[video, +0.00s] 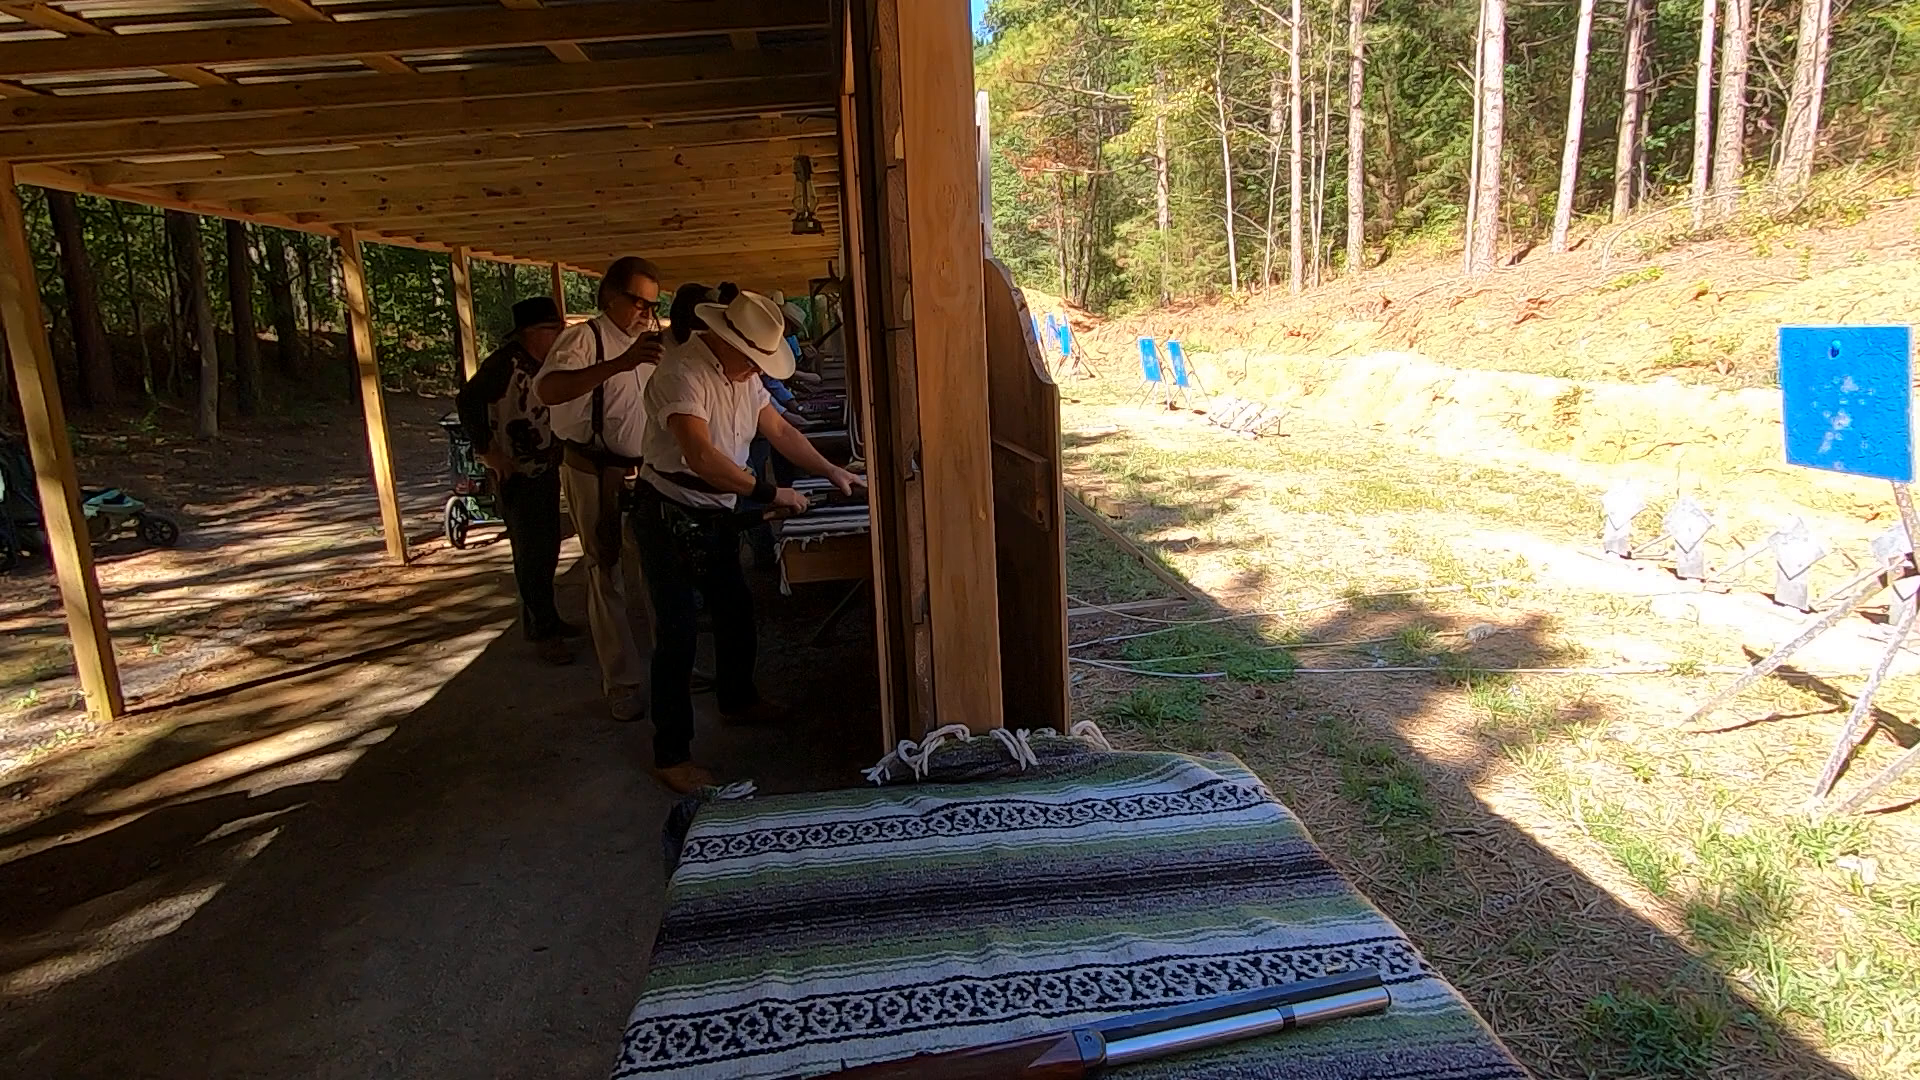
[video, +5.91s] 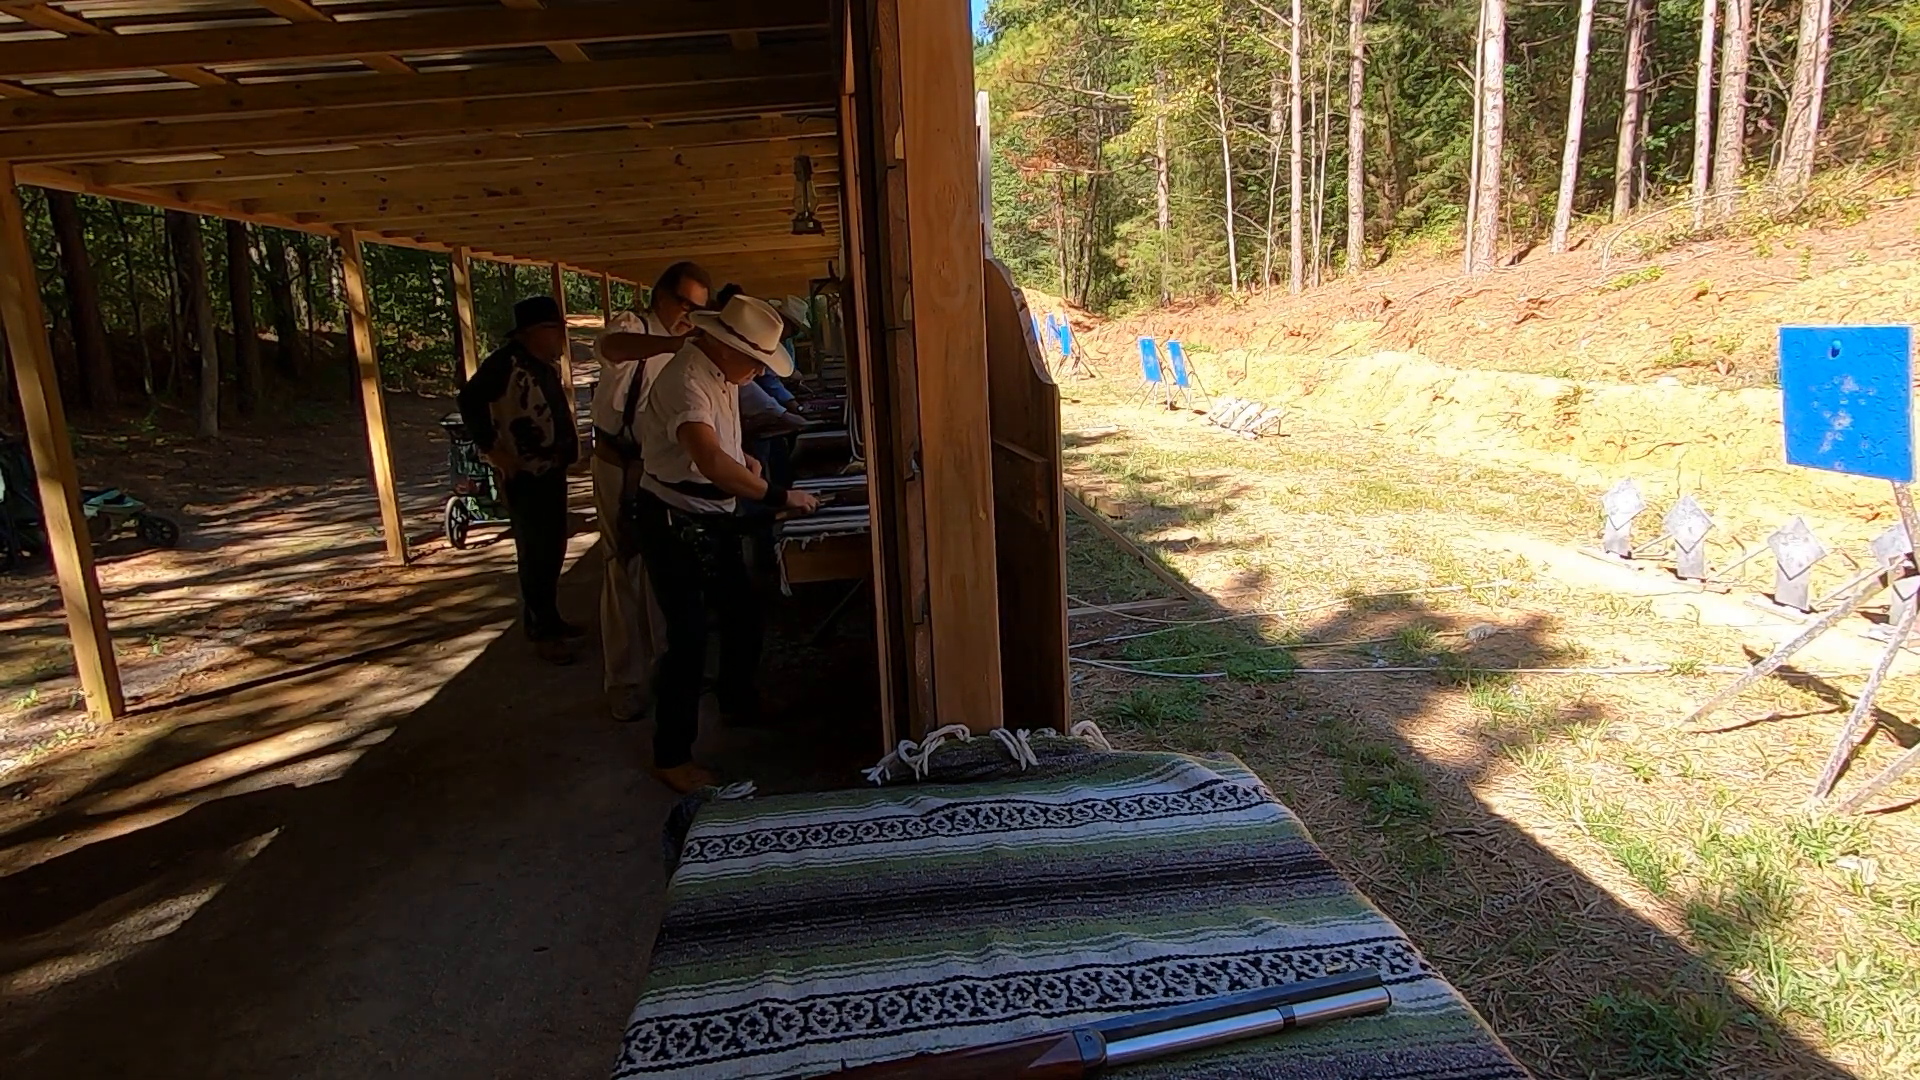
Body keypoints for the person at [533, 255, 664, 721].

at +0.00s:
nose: (644, 313)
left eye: (651, 305)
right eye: (636, 303)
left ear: (654, 304)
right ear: (608, 296)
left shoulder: (652, 340)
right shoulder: (583, 337)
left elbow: (671, 395)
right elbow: (546, 390)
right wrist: (621, 362)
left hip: (645, 466)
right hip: (592, 470)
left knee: (654, 571)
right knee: (606, 577)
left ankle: (669, 667)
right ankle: (622, 684)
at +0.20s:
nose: (659, 312)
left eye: (665, 305)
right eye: (652, 301)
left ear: (665, 305)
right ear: (623, 294)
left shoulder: (660, 344)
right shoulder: (594, 332)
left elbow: (677, 401)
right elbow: (550, 377)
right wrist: (621, 350)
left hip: (652, 468)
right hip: (600, 471)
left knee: (656, 574)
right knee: (612, 578)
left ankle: (669, 670)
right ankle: (622, 685)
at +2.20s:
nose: (686, 311)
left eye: (695, 306)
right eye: (680, 300)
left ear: (701, 309)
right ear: (657, 293)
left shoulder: (694, 346)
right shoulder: (625, 327)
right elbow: (578, 357)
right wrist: (647, 337)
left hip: (673, 464)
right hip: (619, 463)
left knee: (672, 568)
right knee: (626, 571)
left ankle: (676, 670)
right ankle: (624, 682)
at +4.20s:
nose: (688, 313)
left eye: (695, 307)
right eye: (682, 302)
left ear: (698, 310)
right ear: (658, 296)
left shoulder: (693, 351)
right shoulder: (629, 336)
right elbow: (593, 347)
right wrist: (666, 340)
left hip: (672, 464)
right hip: (620, 467)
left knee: (674, 567)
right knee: (626, 573)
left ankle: (674, 670)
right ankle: (624, 682)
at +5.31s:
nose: (690, 314)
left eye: (697, 309)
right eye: (686, 304)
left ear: (698, 310)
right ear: (661, 295)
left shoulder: (690, 345)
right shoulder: (631, 325)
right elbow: (609, 347)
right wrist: (676, 343)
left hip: (668, 463)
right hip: (619, 465)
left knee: (672, 567)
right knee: (626, 572)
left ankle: (673, 670)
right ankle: (623, 683)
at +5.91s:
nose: (689, 315)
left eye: (697, 310)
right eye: (684, 304)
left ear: (698, 311)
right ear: (660, 295)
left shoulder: (688, 344)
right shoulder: (631, 325)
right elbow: (609, 348)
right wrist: (676, 343)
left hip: (668, 464)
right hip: (619, 466)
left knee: (671, 569)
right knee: (626, 574)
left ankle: (672, 671)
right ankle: (623, 683)